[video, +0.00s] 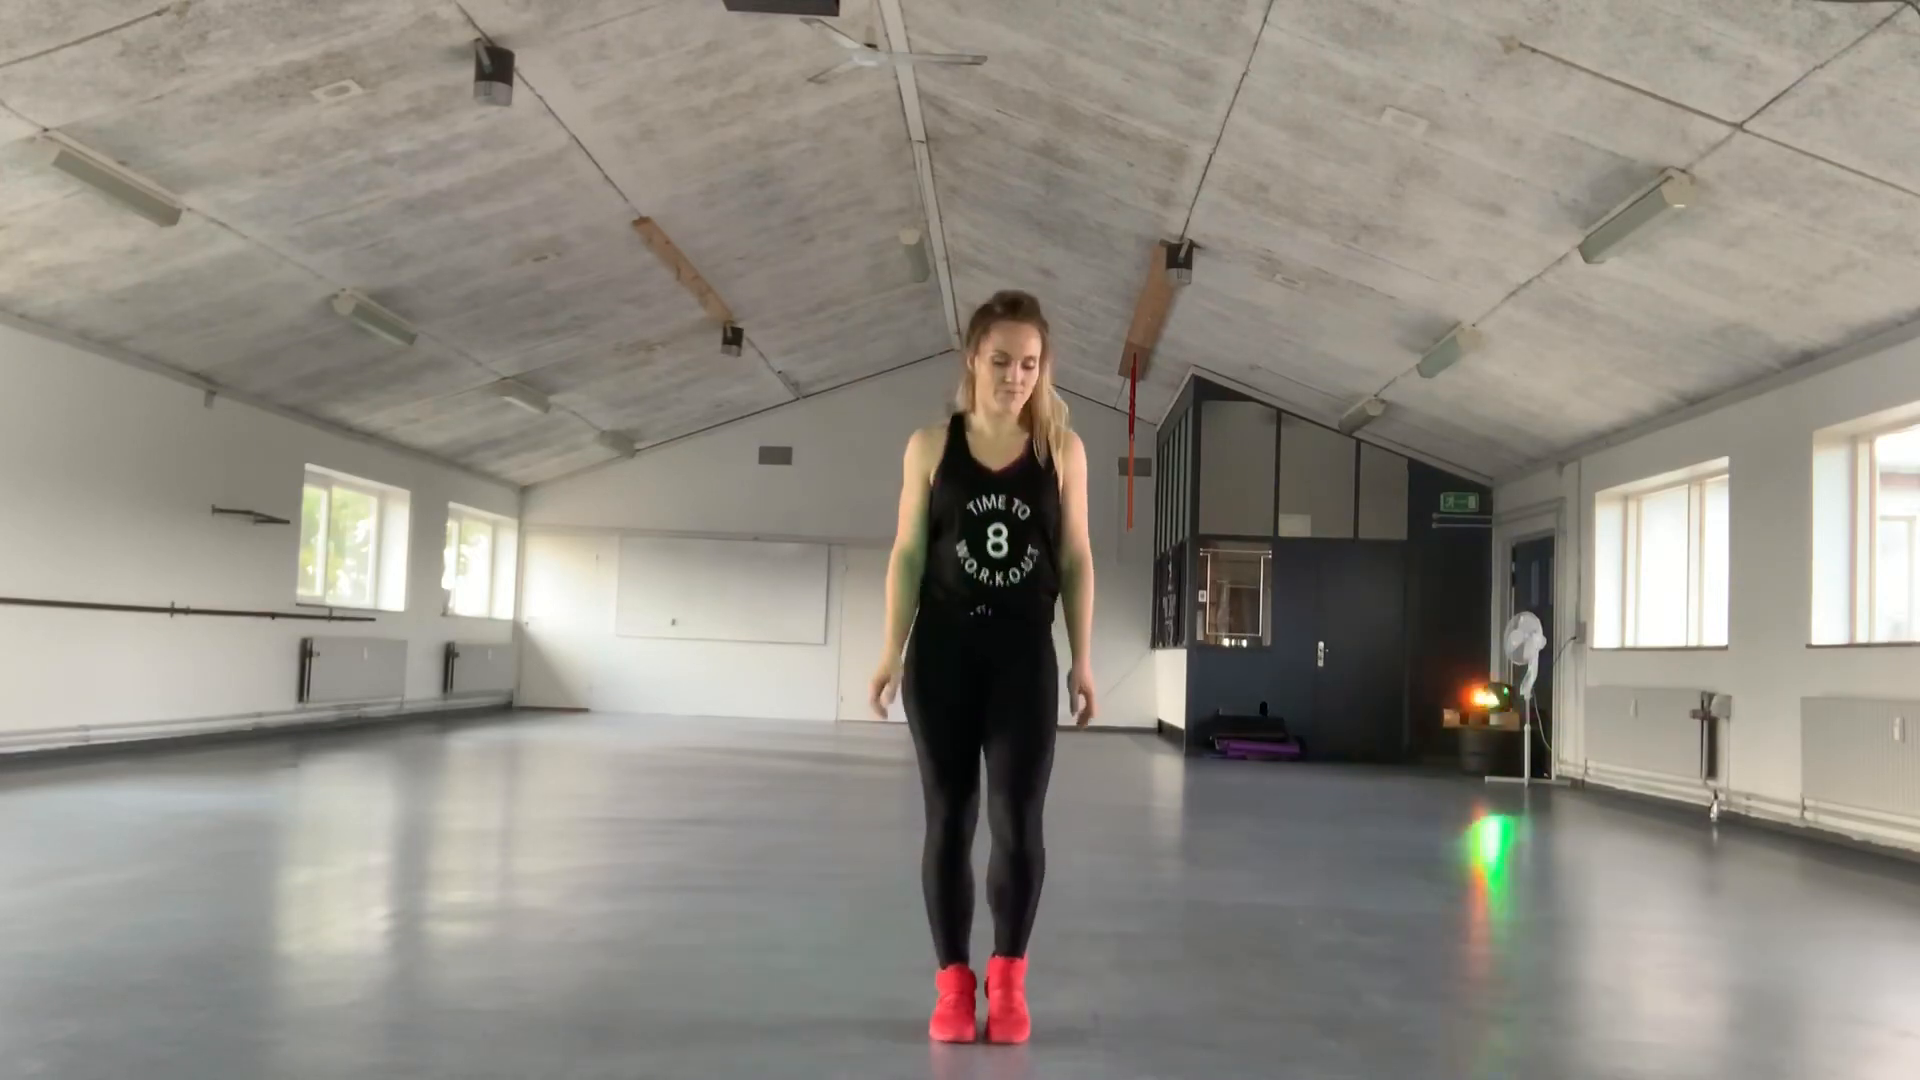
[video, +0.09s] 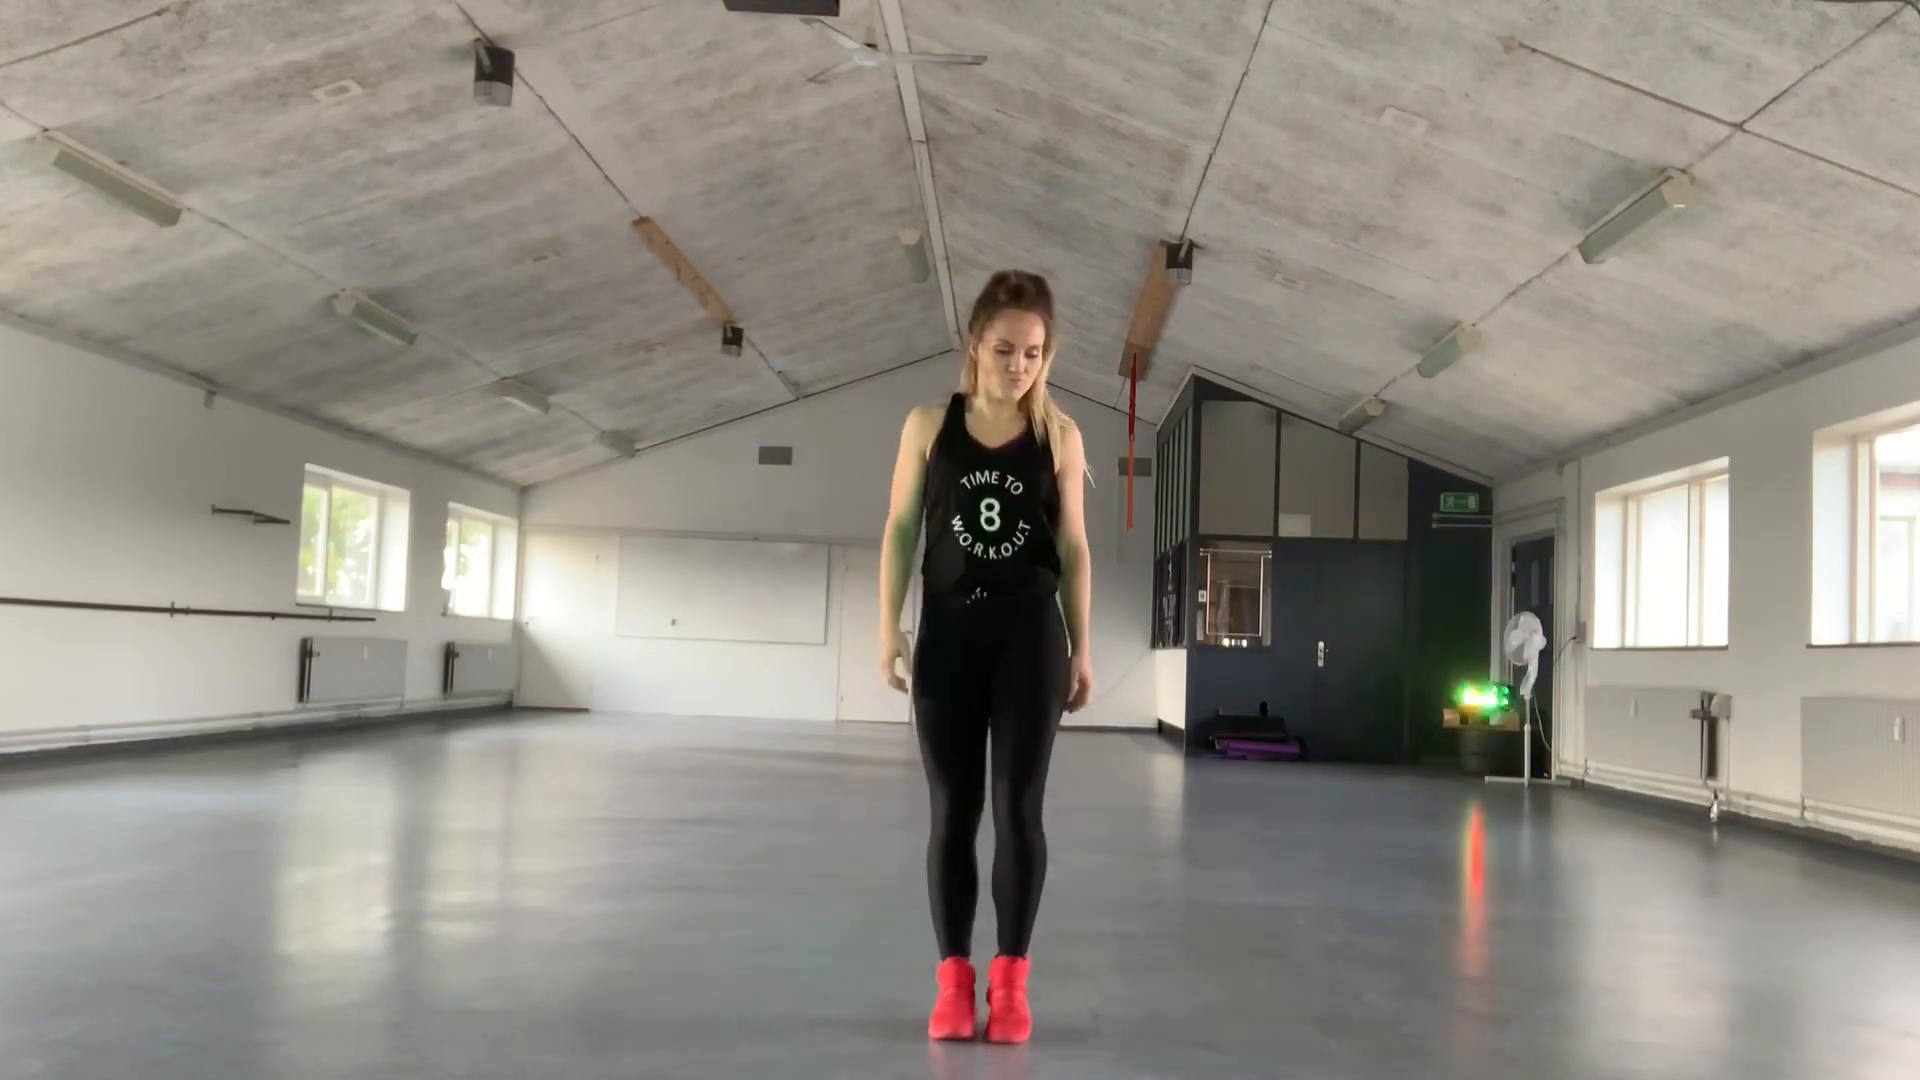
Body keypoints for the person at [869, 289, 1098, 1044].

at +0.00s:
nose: (1015, 374)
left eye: (1029, 361)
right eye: (1001, 357)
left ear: (1043, 369)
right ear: (972, 358)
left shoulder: (1062, 450)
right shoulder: (930, 444)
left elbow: (1077, 559)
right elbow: (908, 553)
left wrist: (1082, 659)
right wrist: (891, 650)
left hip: (1025, 656)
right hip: (941, 653)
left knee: (1017, 822)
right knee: (949, 821)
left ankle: (1007, 975)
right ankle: (953, 979)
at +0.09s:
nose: (1019, 364)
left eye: (1033, 351)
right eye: (1005, 347)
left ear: (1048, 354)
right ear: (972, 343)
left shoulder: (1059, 433)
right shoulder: (927, 424)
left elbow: (1074, 548)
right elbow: (901, 528)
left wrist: (1080, 645)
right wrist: (889, 627)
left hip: (1032, 640)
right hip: (947, 638)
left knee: (1018, 808)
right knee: (955, 812)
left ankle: (1010, 975)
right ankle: (954, 976)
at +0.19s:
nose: (1017, 364)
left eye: (1032, 351)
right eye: (1004, 347)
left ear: (1047, 356)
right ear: (971, 343)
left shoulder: (1058, 437)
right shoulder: (927, 425)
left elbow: (1073, 550)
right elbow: (895, 529)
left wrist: (1082, 647)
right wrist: (881, 626)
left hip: (1032, 643)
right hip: (949, 641)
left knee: (1018, 807)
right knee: (956, 810)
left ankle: (1014, 975)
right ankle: (955, 973)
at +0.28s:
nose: (1013, 381)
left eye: (1026, 367)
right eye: (998, 364)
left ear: (1041, 372)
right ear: (966, 364)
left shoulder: (1058, 451)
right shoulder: (926, 449)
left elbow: (1072, 559)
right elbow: (894, 554)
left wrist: (1084, 657)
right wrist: (856, 647)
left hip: (1028, 659)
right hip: (944, 656)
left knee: (1015, 818)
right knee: (952, 822)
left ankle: (1011, 975)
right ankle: (955, 978)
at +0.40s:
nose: (1004, 385)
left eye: (1018, 372)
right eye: (991, 370)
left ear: (1033, 378)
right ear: (964, 370)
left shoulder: (1058, 452)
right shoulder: (928, 460)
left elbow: (1082, 555)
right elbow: (898, 565)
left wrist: (1115, 645)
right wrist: (829, 631)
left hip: (1024, 662)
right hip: (941, 659)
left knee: (1016, 823)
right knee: (951, 824)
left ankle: (1013, 984)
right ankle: (956, 980)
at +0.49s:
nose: (1000, 374)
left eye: (1015, 360)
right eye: (988, 358)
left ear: (1035, 364)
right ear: (965, 357)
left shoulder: (1060, 437)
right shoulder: (930, 439)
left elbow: (1092, 550)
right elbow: (891, 546)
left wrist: (1146, 619)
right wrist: (814, 602)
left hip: (1028, 648)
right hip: (946, 646)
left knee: (1017, 813)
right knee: (954, 811)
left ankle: (1013, 985)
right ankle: (958, 974)